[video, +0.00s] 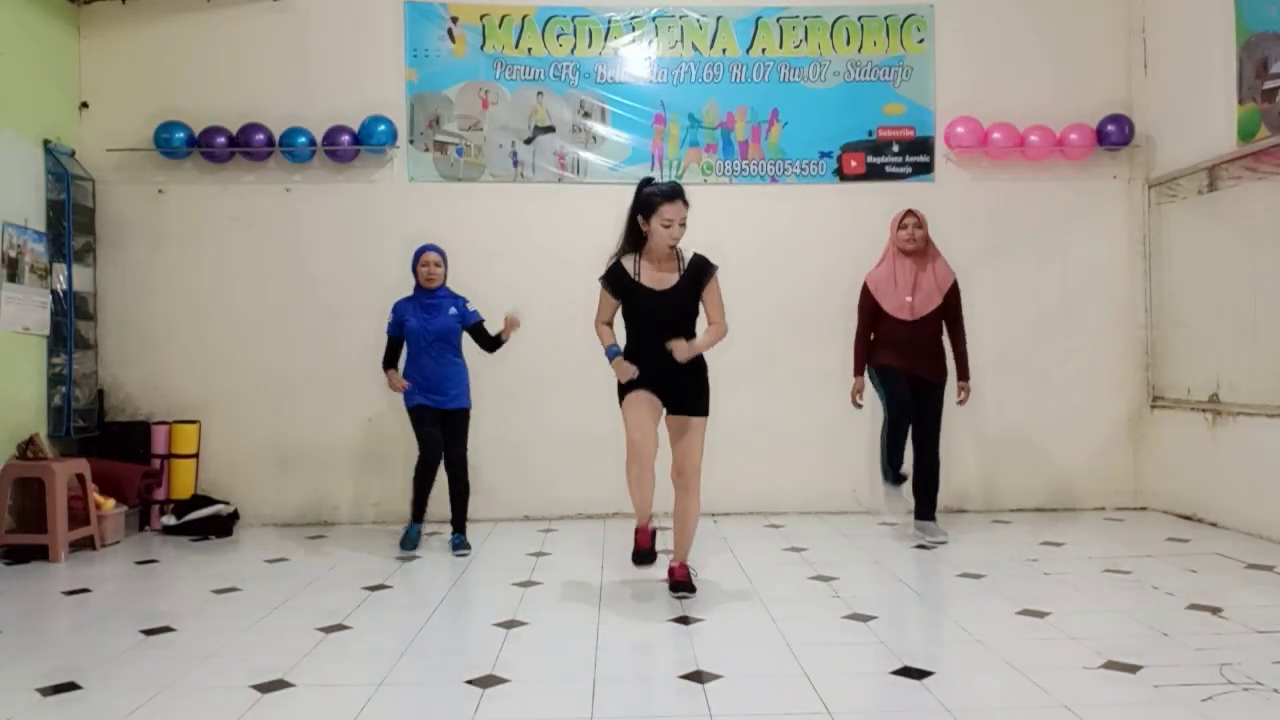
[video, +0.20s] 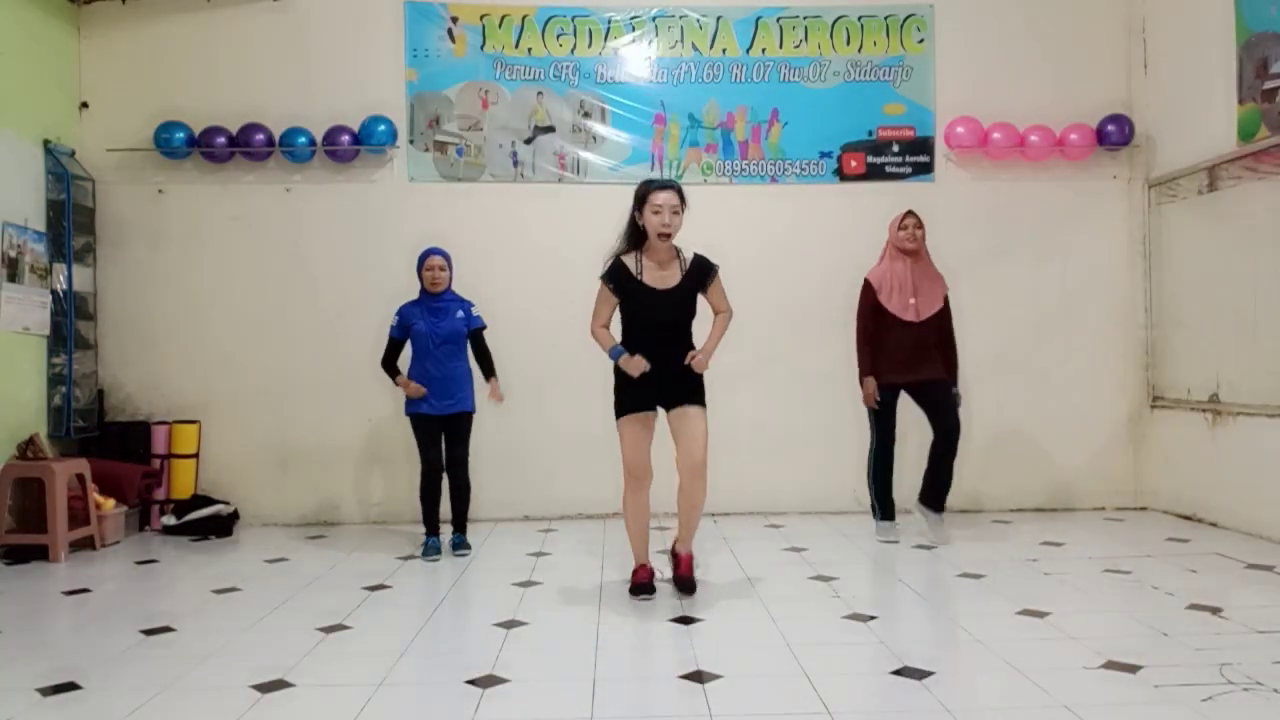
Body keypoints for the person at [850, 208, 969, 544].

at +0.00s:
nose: (911, 231)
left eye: (917, 226)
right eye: (904, 227)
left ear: (927, 234)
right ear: (894, 236)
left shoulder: (941, 274)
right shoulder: (879, 277)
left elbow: (955, 326)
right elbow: (864, 327)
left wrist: (962, 374)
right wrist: (858, 374)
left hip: (928, 365)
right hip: (886, 362)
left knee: (927, 443)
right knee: (899, 411)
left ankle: (926, 517)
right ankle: (893, 476)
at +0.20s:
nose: (911, 232)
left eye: (916, 227)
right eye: (904, 227)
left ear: (924, 235)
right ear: (892, 236)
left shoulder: (933, 278)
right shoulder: (878, 277)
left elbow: (946, 333)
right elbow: (864, 331)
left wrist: (952, 380)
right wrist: (866, 376)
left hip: (925, 371)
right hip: (884, 373)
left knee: (949, 430)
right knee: (883, 442)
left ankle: (931, 503)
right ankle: (884, 517)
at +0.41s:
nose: (911, 233)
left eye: (916, 228)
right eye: (903, 228)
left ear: (924, 235)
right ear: (892, 237)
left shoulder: (936, 277)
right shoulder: (877, 277)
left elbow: (948, 331)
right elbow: (867, 328)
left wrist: (952, 381)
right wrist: (870, 370)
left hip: (927, 371)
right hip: (886, 373)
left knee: (939, 439)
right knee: (887, 445)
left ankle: (923, 510)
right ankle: (885, 517)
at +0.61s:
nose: (912, 231)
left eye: (918, 226)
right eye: (905, 226)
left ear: (926, 234)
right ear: (894, 235)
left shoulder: (941, 274)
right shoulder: (877, 275)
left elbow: (959, 325)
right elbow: (863, 325)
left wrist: (966, 373)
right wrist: (861, 370)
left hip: (927, 363)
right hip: (885, 362)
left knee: (926, 440)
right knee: (887, 424)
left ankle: (923, 518)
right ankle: (892, 484)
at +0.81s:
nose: (912, 232)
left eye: (917, 227)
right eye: (905, 227)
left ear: (925, 235)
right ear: (893, 236)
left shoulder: (940, 277)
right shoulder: (877, 276)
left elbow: (953, 329)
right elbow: (861, 328)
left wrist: (959, 377)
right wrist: (860, 374)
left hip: (928, 375)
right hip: (885, 375)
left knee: (929, 448)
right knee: (889, 446)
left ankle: (924, 519)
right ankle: (890, 520)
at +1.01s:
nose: (912, 232)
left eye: (917, 227)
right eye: (905, 228)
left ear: (925, 234)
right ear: (893, 236)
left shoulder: (936, 274)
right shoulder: (879, 275)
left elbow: (945, 325)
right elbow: (866, 329)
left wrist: (942, 369)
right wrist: (868, 376)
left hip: (924, 366)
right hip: (886, 370)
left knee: (946, 420)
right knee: (887, 444)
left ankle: (924, 488)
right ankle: (890, 517)